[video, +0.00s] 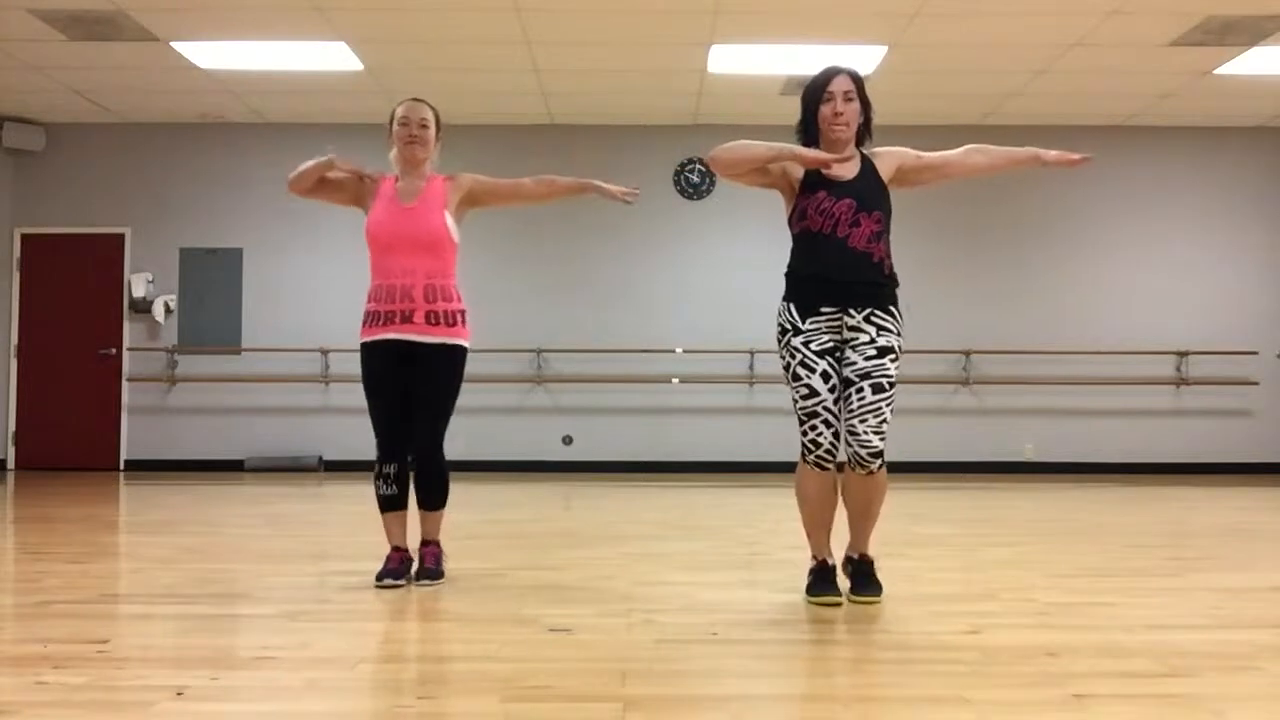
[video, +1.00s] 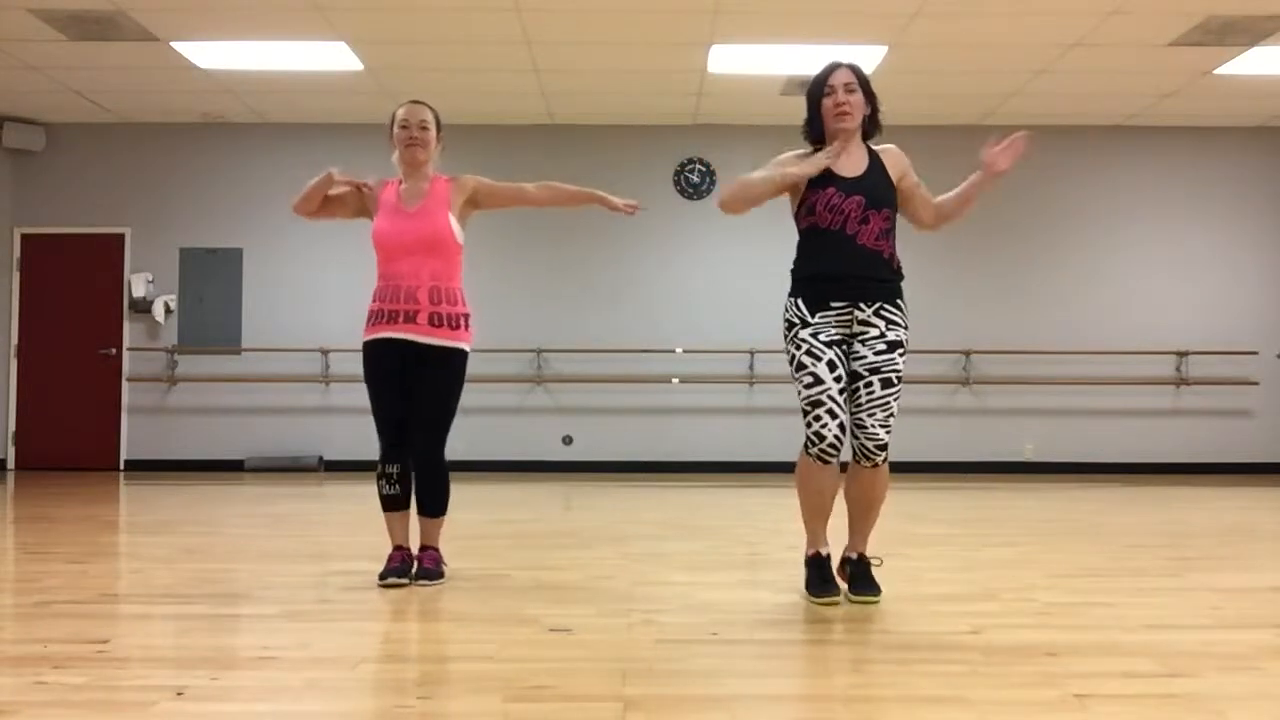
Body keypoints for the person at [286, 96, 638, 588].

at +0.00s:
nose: (413, 130)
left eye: (422, 124)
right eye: (404, 123)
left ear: (437, 138)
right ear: (391, 134)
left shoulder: (456, 188)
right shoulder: (370, 188)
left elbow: (530, 187)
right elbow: (298, 185)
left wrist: (595, 186)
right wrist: (326, 163)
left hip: (441, 335)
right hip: (383, 333)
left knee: (427, 444)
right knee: (390, 447)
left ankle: (429, 547)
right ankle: (396, 552)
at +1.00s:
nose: (413, 133)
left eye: (422, 127)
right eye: (404, 126)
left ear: (437, 140)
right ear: (391, 138)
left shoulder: (461, 189)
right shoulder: (374, 193)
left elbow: (535, 193)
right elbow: (303, 208)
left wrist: (602, 198)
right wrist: (325, 179)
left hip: (443, 336)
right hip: (385, 333)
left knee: (428, 447)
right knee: (393, 446)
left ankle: (430, 552)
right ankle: (399, 551)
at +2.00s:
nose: (418, 133)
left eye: (429, 127)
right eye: (409, 126)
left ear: (443, 137)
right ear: (396, 138)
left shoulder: (457, 182)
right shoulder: (386, 182)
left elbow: (448, 107)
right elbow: (381, 108)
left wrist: (426, 33)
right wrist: (393, 35)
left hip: (447, 333)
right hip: (389, 332)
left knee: (438, 447)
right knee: (395, 446)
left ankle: (432, 550)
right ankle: (400, 549)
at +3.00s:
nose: (418, 132)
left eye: (427, 126)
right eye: (409, 126)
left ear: (440, 141)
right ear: (394, 141)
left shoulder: (459, 191)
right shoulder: (375, 187)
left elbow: (527, 161)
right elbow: (309, 162)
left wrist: (604, 137)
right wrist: (247, 137)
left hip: (449, 337)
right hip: (389, 336)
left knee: (443, 445)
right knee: (397, 445)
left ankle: (431, 549)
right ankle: (398, 543)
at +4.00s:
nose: (419, 130)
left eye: (429, 125)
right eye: (411, 124)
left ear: (441, 141)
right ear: (396, 137)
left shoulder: (459, 193)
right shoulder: (372, 194)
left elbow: (525, 225)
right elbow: (310, 242)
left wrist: (584, 254)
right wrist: (257, 283)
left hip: (449, 336)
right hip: (389, 336)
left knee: (441, 445)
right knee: (396, 448)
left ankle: (433, 549)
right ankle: (400, 551)